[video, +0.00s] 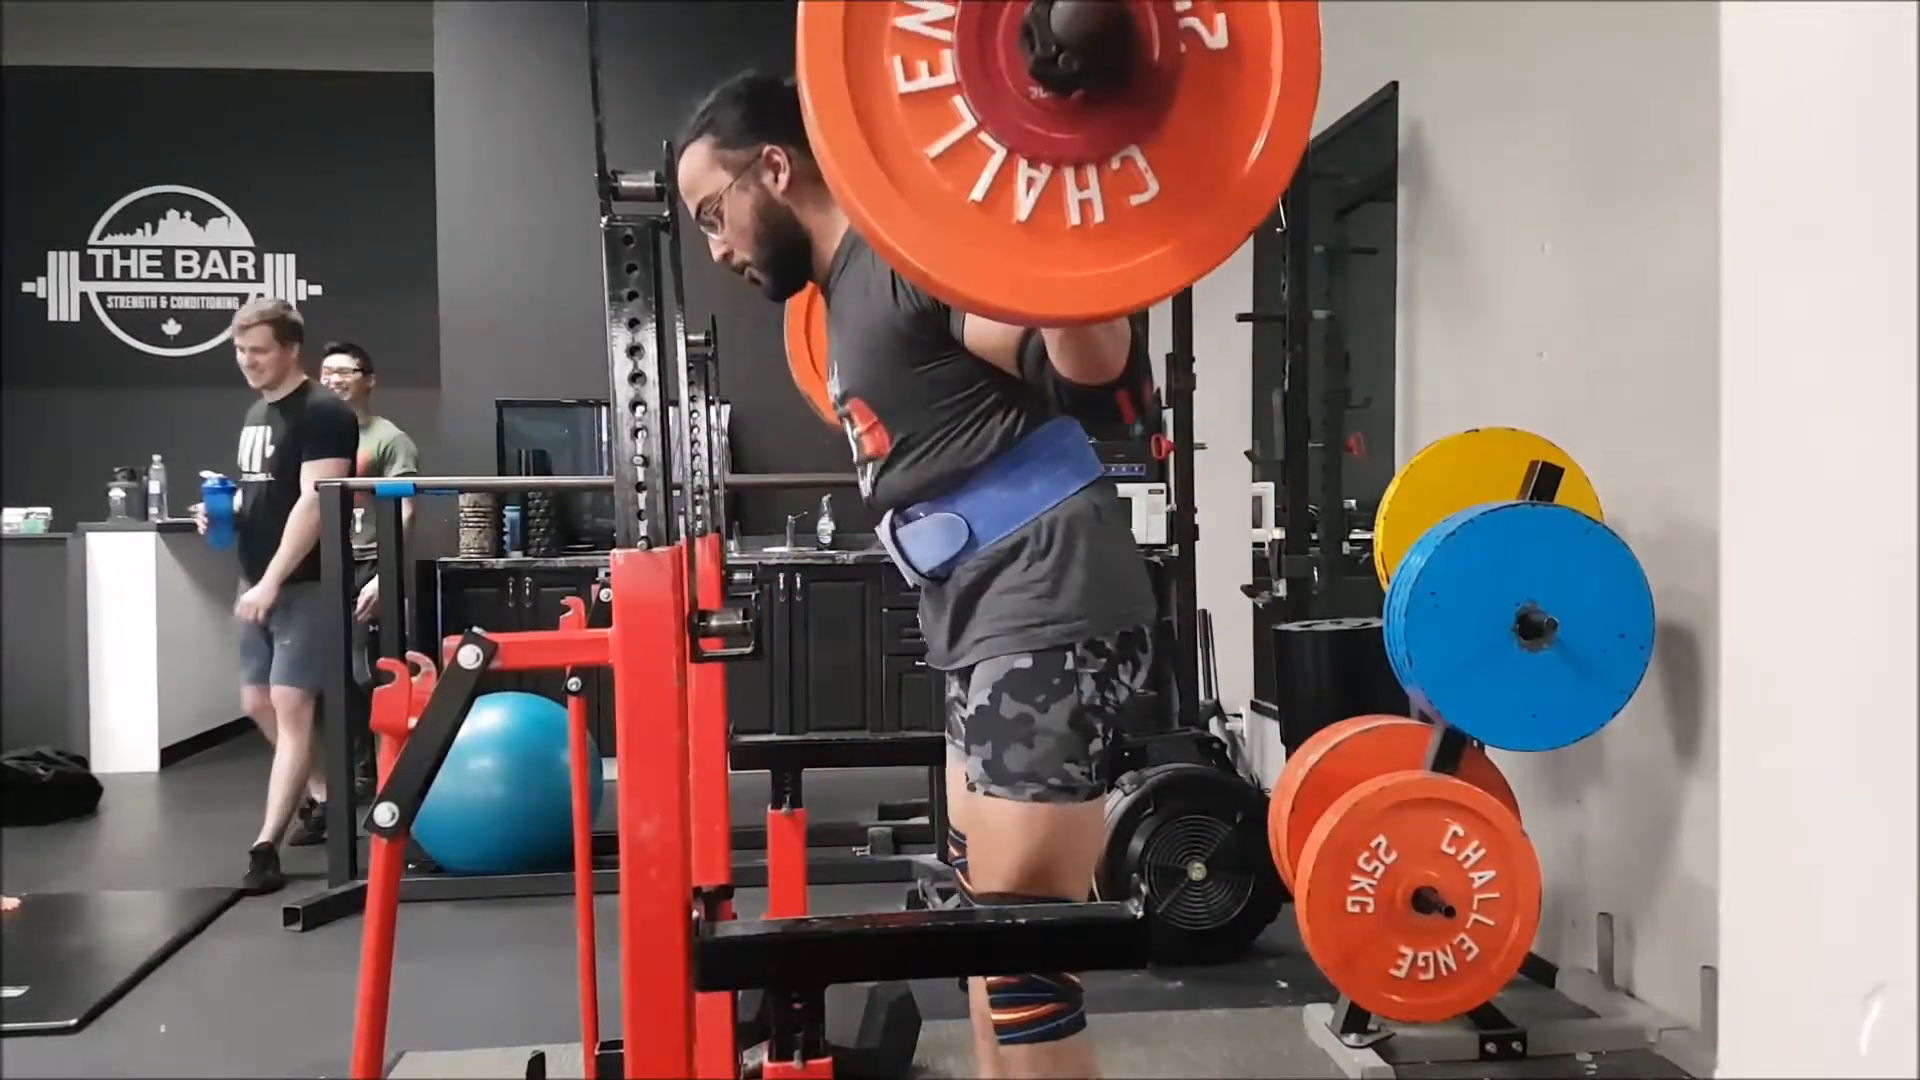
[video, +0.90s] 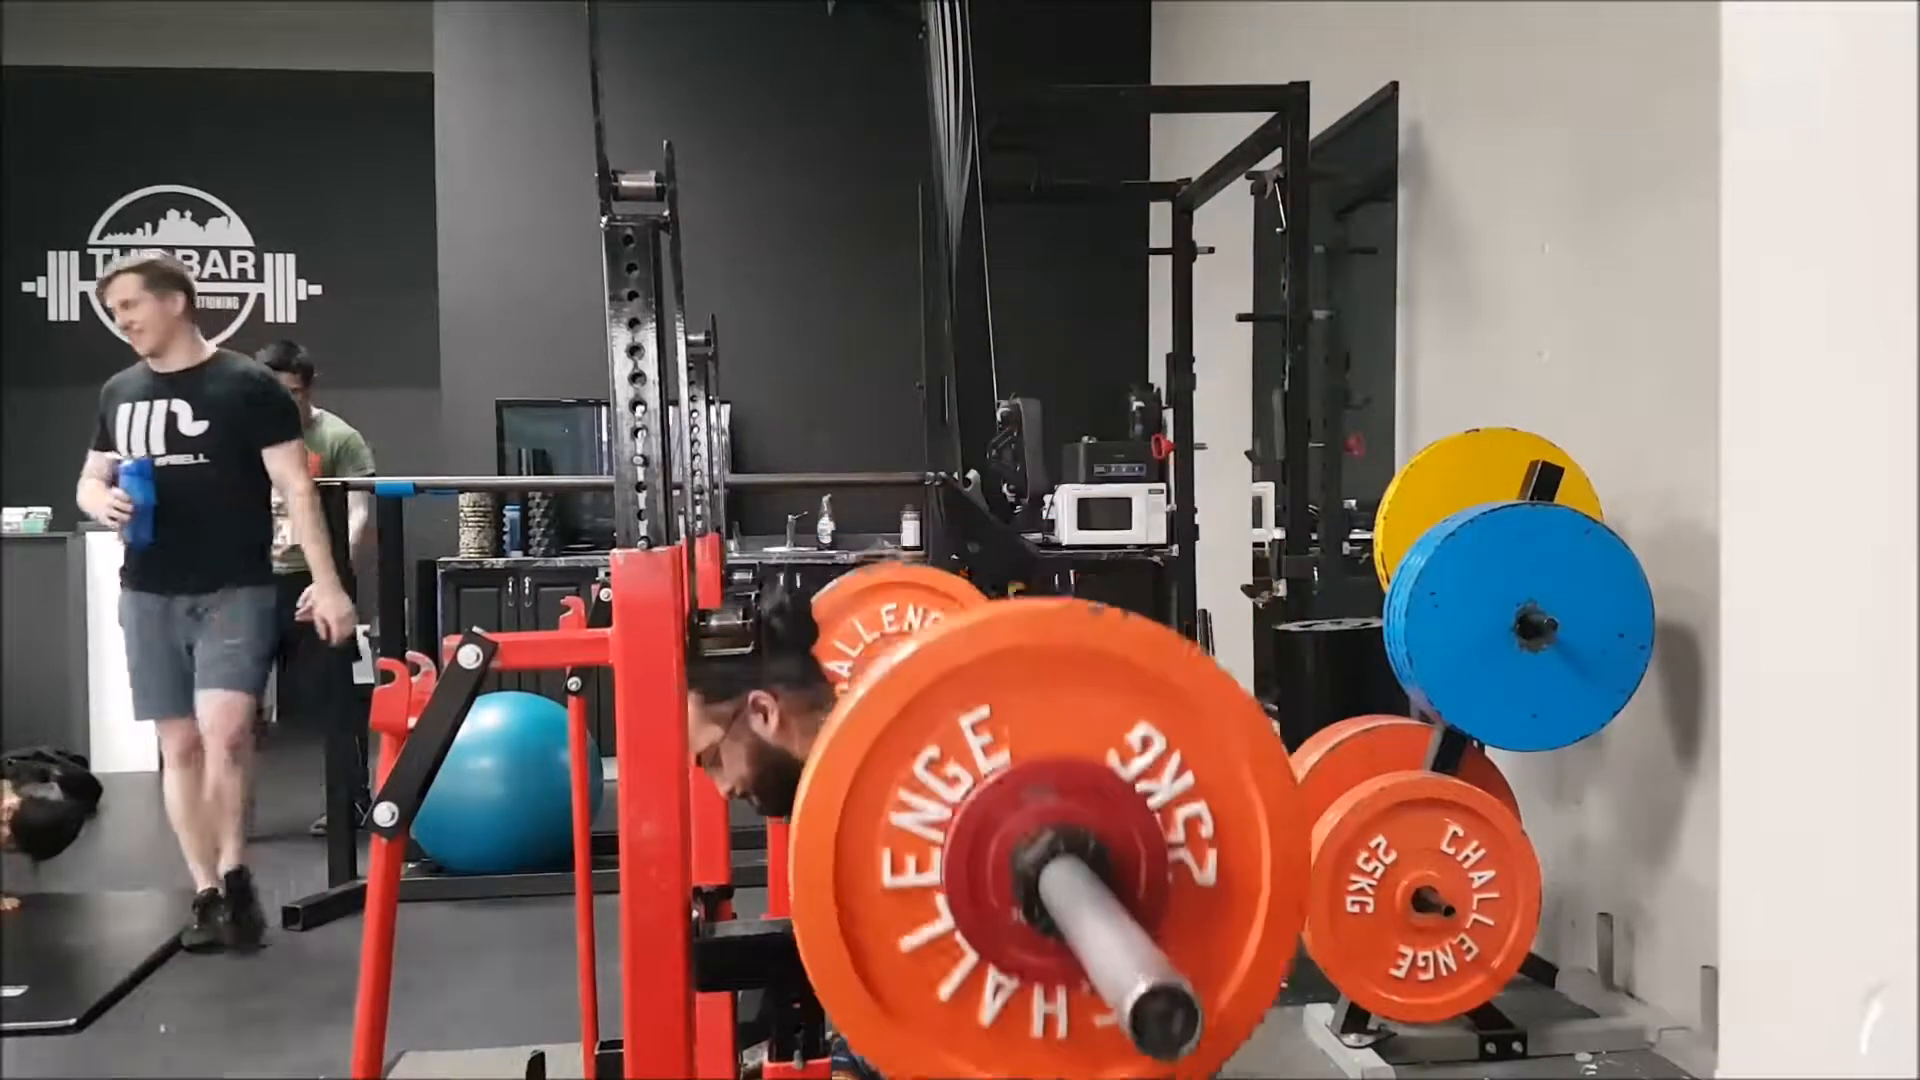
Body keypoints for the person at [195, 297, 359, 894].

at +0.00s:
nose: (247, 361)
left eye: (257, 351)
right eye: (241, 352)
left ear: (292, 350)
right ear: (240, 354)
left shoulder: (326, 413)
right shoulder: (259, 413)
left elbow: (316, 506)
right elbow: (260, 495)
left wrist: (269, 581)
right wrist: (222, 514)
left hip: (309, 584)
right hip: (259, 581)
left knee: (293, 705)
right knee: (257, 701)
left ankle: (266, 844)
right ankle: (321, 795)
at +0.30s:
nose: (223, 348)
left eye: (235, 337)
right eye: (216, 338)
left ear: (268, 338)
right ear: (210, 342)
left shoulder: (308, 402)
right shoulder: (213, 404)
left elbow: (290, 487)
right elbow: (207, 480)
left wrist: (227, 561)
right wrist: (191, 512)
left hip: (291, 580)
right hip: (225, 576)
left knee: (282, 713)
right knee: (208, 700)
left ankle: (267, 843)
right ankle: (234, 808)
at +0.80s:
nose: (142, 328)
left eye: (150, 312)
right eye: (133, 319)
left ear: (192, 306)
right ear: (133, 325)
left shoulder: (260, 386)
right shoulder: (132, 397)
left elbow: (301, 484)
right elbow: (112, 478)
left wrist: (296, 577)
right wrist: (115, 502)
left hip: (252, 592)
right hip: (164, 596)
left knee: (259, 738)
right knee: (185, 742)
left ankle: (260, 832)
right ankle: (207, 891)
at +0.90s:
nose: (121, 322)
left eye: (130, 306)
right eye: (114, 312)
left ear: (176, 300)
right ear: (117, 319)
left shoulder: (251, 387)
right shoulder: (121, 394)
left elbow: (298, 489)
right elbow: (91, 485)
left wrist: (328, 580)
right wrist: (100, 500)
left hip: (237, 592)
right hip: (150, 596)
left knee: (228, 736)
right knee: (181, 748)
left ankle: (232, 875)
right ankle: (204, 892)